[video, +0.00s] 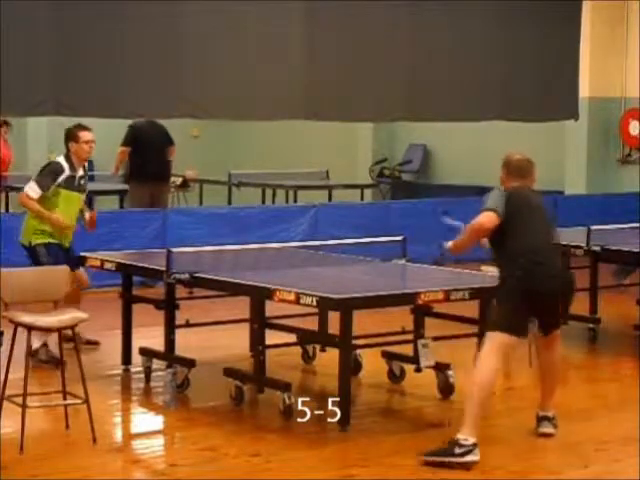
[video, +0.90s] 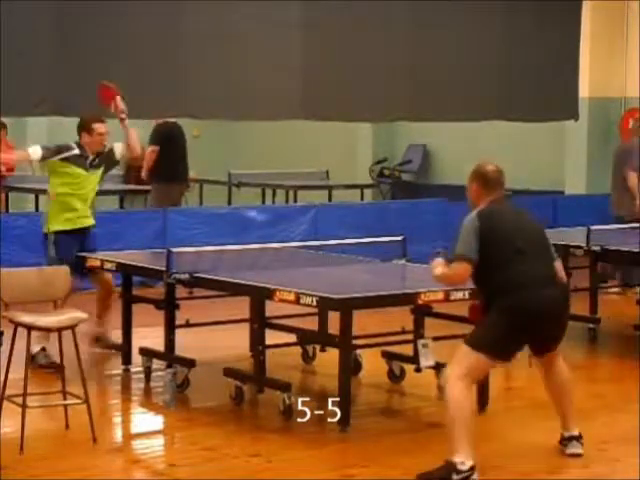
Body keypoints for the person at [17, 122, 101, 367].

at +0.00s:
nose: (91, 148)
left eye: (92, 143)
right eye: (86, 143)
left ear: (90, 146)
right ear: (72, 145)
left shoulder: (83, 171)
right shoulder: (56, 167)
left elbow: (80, 201)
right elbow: (26, 197)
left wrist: (87, 214)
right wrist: (50, 216)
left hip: (63, 238)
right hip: (40, 237)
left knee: (80, 281)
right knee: (54, 287)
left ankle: (68, 328)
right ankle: (38, 344)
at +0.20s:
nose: (101, 157)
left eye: (103, 152)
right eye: (97, 152)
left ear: (98, 156)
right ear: (82, 154)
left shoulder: (87, 182)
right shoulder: (67, 174)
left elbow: (88, 215)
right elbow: (50, 210)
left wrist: (96, 226)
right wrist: (84, 227)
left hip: (64, 244)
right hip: (43, 243)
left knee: (87, 284)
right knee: (64, 286)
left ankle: (68, 329)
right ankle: (40, 342)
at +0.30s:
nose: (102, 154)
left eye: (104, 149)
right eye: (98, 149)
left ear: (88, 151)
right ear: (84, 149)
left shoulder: (76, 169)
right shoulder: (77, 168)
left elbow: (75, 207)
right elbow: (75, 203)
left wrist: (92, 226)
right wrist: (104, 226)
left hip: (56, 237)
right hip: (42, 238)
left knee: (73, 281)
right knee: (60, 288)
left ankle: (67, 328)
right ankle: (40, 347)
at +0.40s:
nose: (102, 160)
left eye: (103, 155)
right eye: (98, 154)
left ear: (80, 155)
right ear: (83, 153)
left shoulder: (62, 170)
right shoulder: (81, 171)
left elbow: (52, 211)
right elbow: (94, 205)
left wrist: (78, 229)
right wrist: (128, 227)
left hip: (36, 239)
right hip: (49, 244)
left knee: (63, 290)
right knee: (74, 292)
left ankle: (54, 338)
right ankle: (48, 346)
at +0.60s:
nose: (106, 177)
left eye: (107, 172)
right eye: (103, 171)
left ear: (83, 171)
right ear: (88, 169)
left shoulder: (60, 185)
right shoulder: (90, 185)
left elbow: (31, 217)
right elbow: (107, 193)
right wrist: (129, 202)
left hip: (28, 250)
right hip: (52, 255)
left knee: (59, 300)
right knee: (80, 303)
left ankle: (42, 347)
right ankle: (48, 350)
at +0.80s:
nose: (107, 147)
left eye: (109, 142)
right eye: (104, 142)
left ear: (100, 142)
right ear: (89, 139)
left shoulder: (91, 166)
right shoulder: (69, 154)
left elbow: (110, 186)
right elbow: (49, 153)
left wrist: (132, 173)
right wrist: (44, 153)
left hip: (75, 233)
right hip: (55, 232)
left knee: (83, 281)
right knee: (64, 285)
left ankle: (65, 328)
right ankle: (50, 344)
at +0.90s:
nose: (104, 139)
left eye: (105, 135)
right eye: (100, 135)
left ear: (104, 136)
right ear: (84, 136)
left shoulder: (103, 157)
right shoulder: (64, 153)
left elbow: (135, 153)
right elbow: (26, 155)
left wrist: (124, 119)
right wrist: (6, 159)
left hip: (85, 228)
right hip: (60, 229)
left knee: (106, 283)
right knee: (59, 290)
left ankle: (100, 333)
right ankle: (39, 346)